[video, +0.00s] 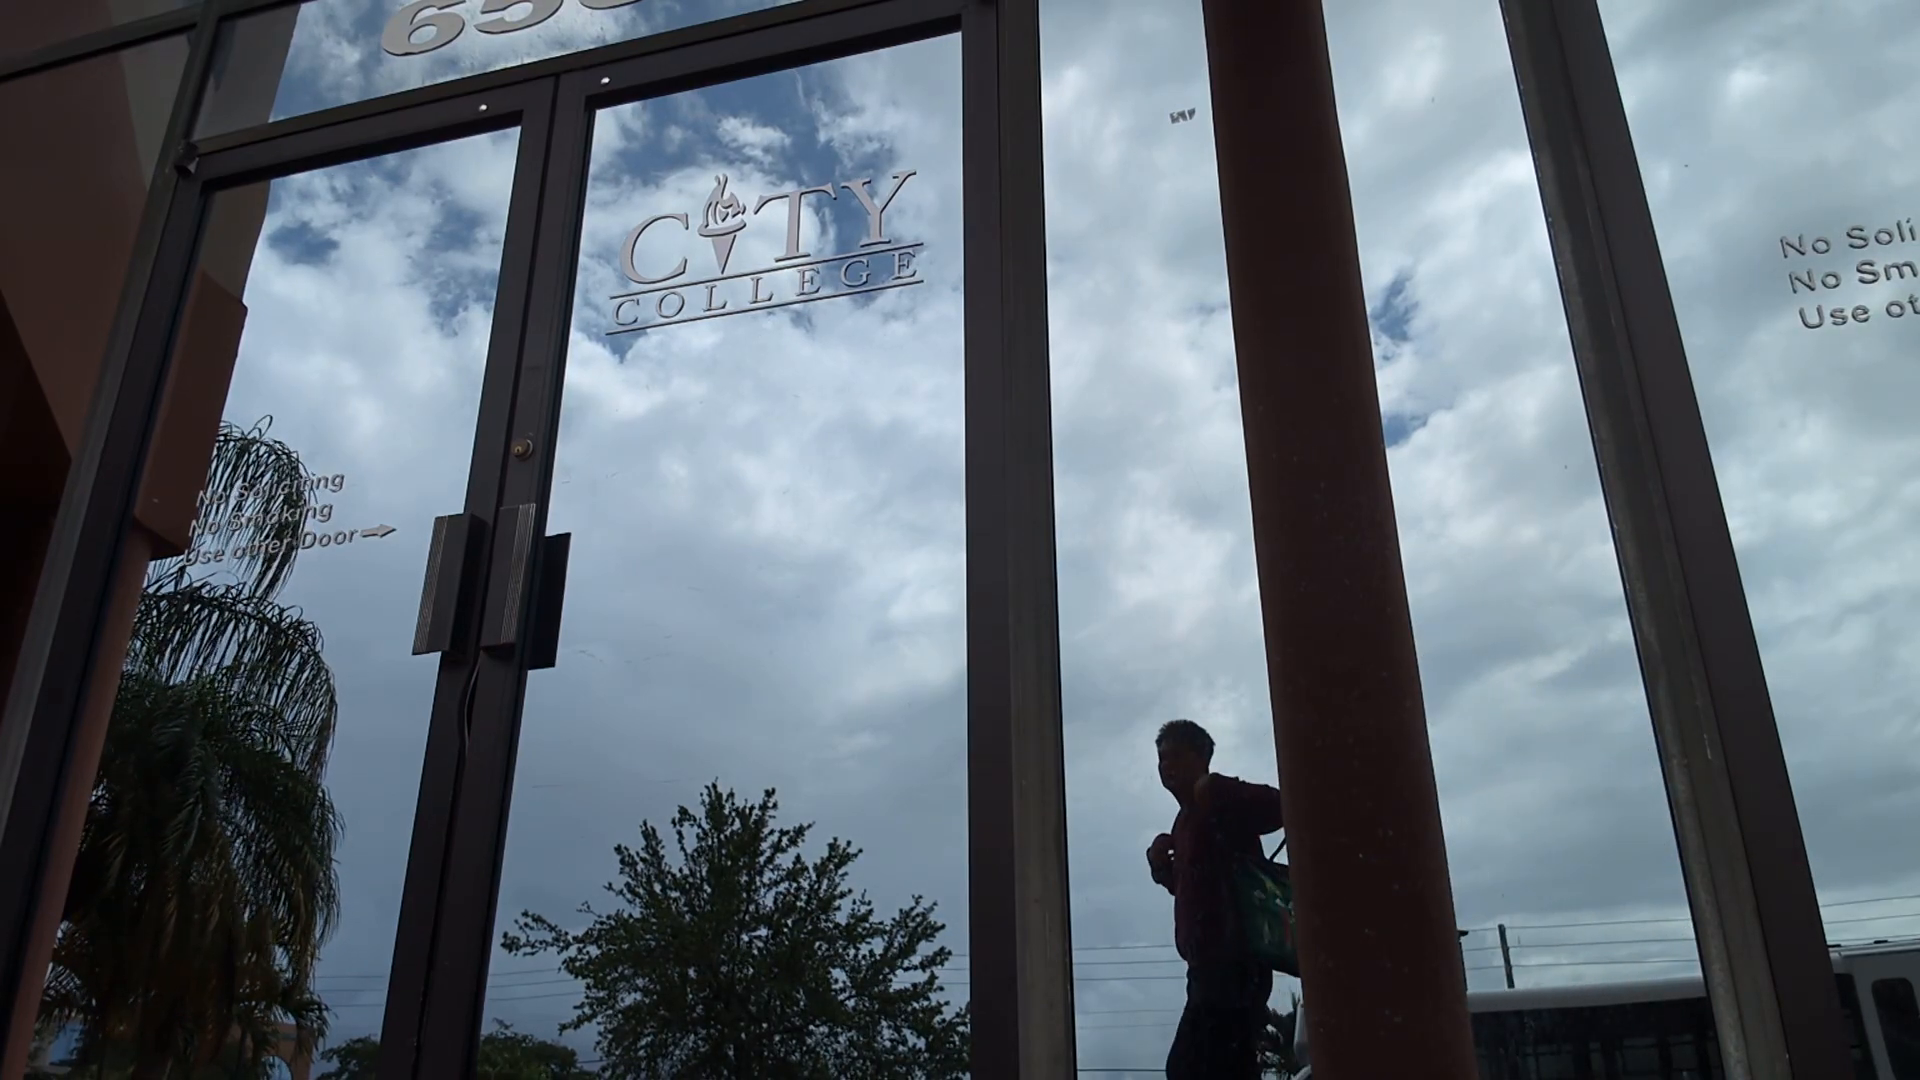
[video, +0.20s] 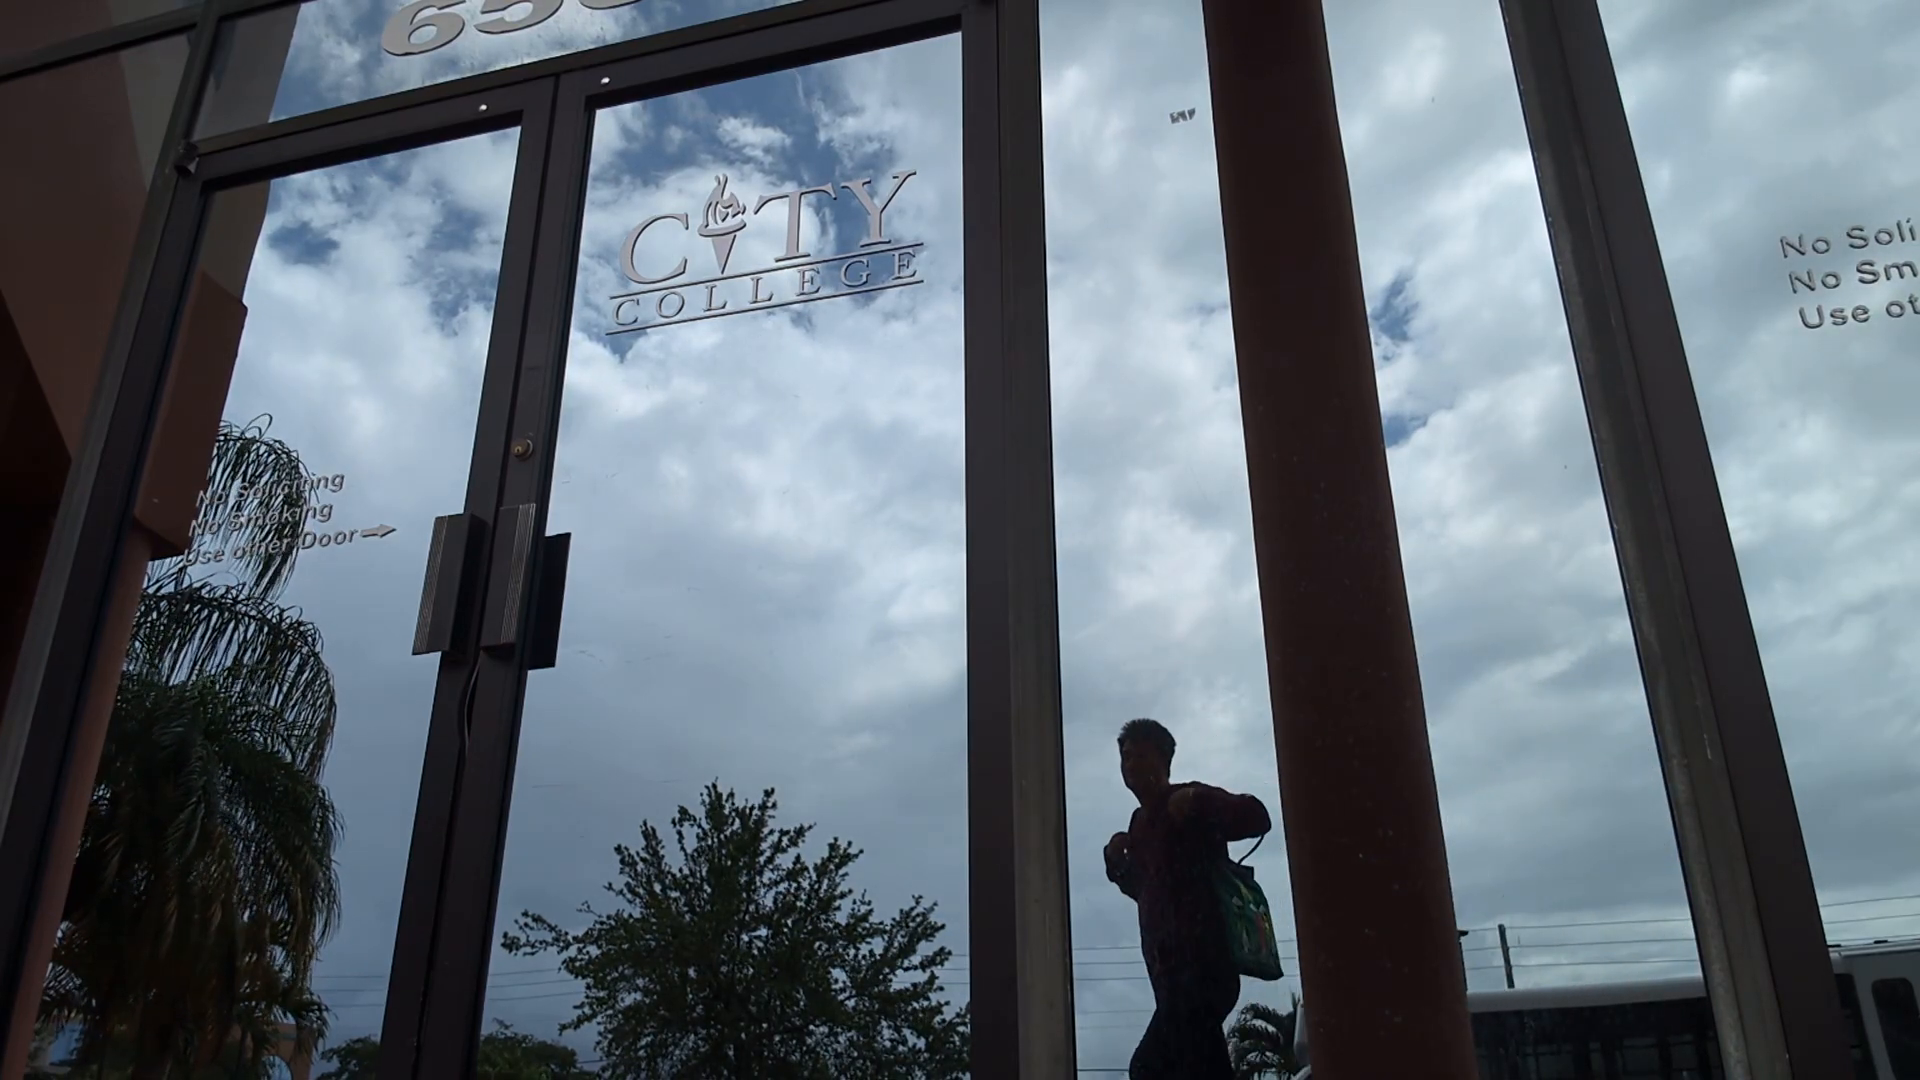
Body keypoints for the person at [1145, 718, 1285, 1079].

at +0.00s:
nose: (1164, 765)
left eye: (1174, 755)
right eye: (1161, 757)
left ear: (1202, 758)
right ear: (1158, 763)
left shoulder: (1223, 801)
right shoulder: (1184, 821)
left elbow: (1282, 808)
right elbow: (1193, 887)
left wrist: (1222, 786)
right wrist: (1162, 868)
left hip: (1236, 967)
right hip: (1208, 967)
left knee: (1185, 1066)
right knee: (1231, 1069)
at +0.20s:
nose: (1128, 766)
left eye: (1138, 756)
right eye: (1124, 757)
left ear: (1164, 759)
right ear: (1121, 763)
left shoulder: (1191, 800)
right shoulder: (1139, 822)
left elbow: (1259, 819)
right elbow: (1142, 890)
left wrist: (1200, 801)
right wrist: (1116, 862)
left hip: (1207, 971)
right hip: (1169, 973)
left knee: (1147, 1066)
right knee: (1210, 1072)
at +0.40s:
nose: (1093, 756)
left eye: (1103, 747)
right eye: (1088, 748)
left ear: (1127, 752)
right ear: (1084, 754)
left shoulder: (1155, 793)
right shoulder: (1095, 815)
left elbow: (1221, 821)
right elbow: (1099, 883)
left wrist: (1163, 802)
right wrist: (1073, 854)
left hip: (1167, 958)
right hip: (1125, 960)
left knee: (1121, 1061)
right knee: (1154, 1062)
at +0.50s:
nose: (1080, 747)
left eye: (1090, 738)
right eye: (1074, 738)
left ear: (1112, 743)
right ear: (1068, 743)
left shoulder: (1137, 786)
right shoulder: (1075, 807)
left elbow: (1204, 815)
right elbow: (1066, 875)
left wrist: (1146, 798)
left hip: (1148, 959)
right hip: (1104, 959)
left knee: (1118, 1061)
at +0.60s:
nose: (1065, 742)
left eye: (1075, 732)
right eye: (1060, 732)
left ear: (1096, 737)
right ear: (1051, 737)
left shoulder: (1122, 781)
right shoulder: (1052, 798)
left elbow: (1189, 810)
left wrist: (1133, 794)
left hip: (1126, 953)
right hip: (1070, 951)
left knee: (1111, 1061)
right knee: (1074, 1060)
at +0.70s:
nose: (1060, 740)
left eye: (1068, 730)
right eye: (1054, 729)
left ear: (1083, 735)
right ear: (1041, 731)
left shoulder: (1107, 778)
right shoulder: (1029, 787)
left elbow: (1175, 811)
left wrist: (1120, 796)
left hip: (1112, 952)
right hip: (1052, 953)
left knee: (1107, 1066)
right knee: (1044, 1059)